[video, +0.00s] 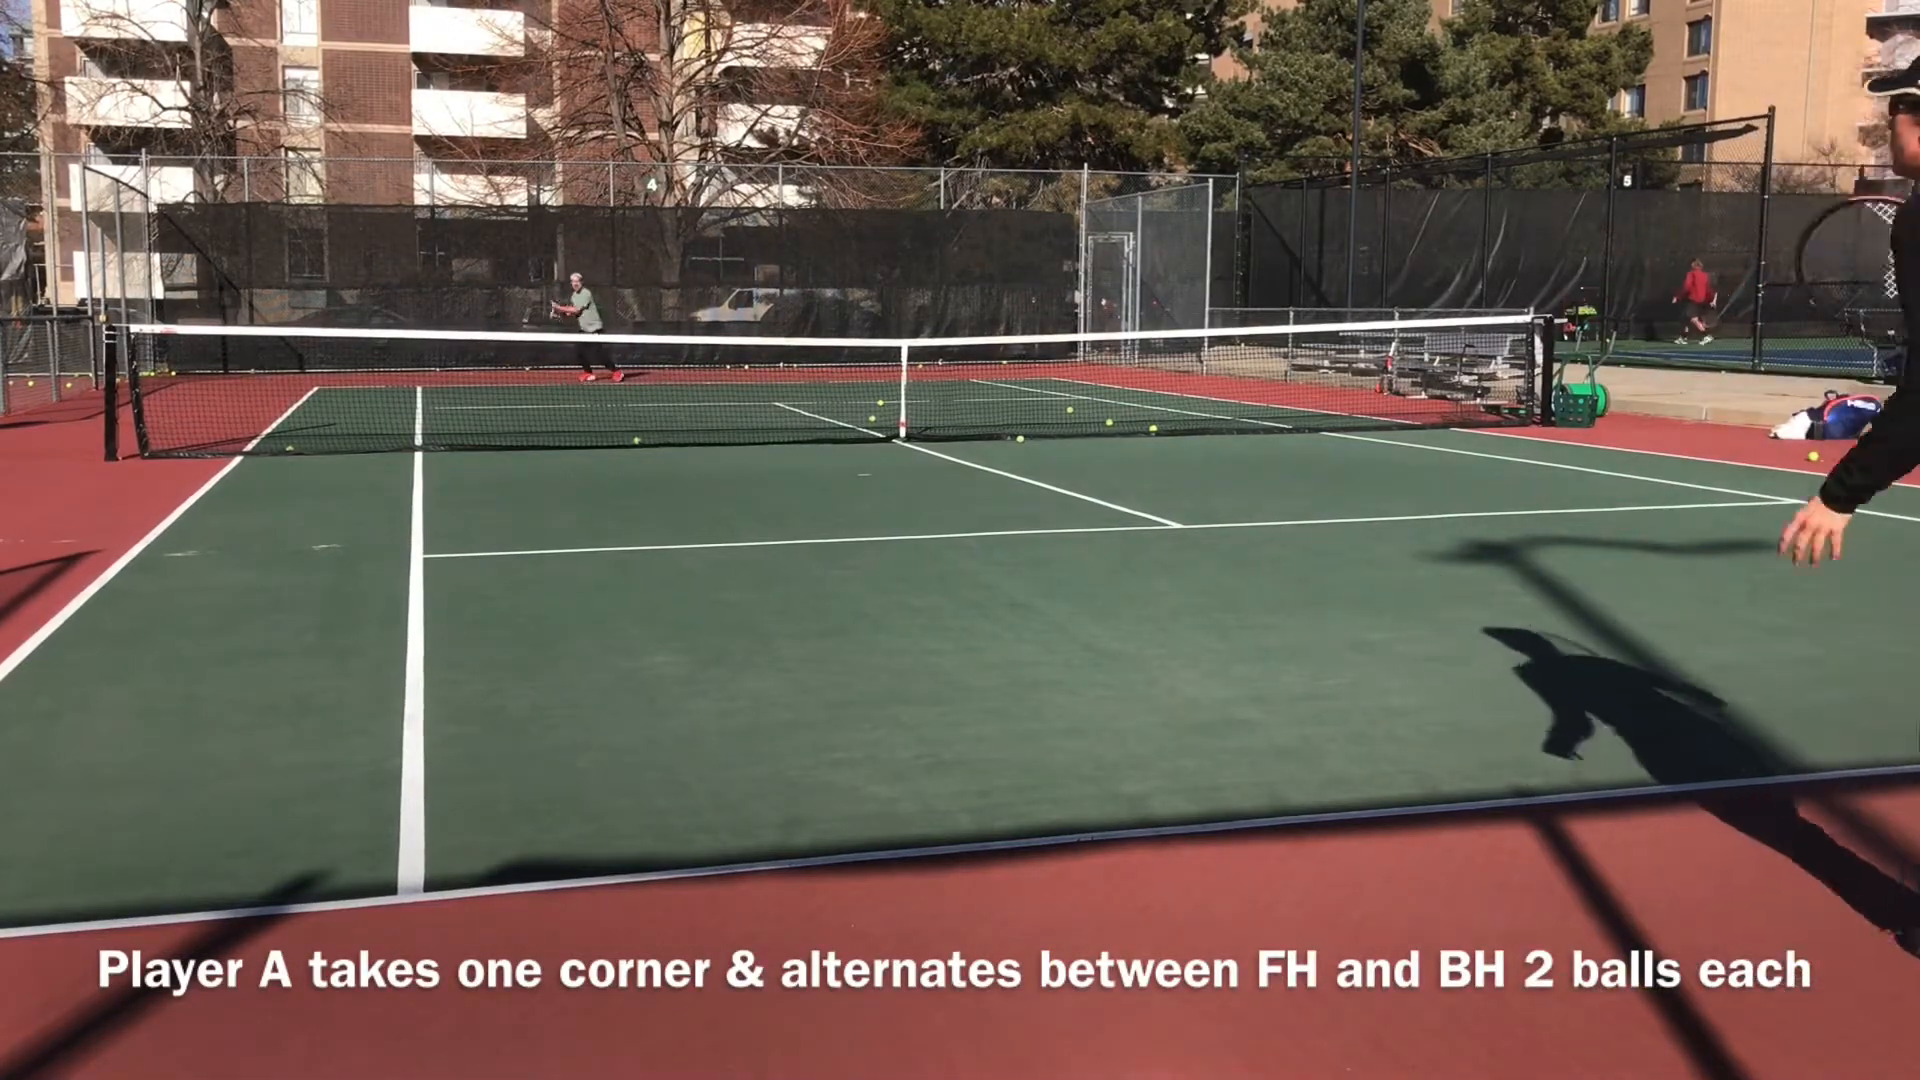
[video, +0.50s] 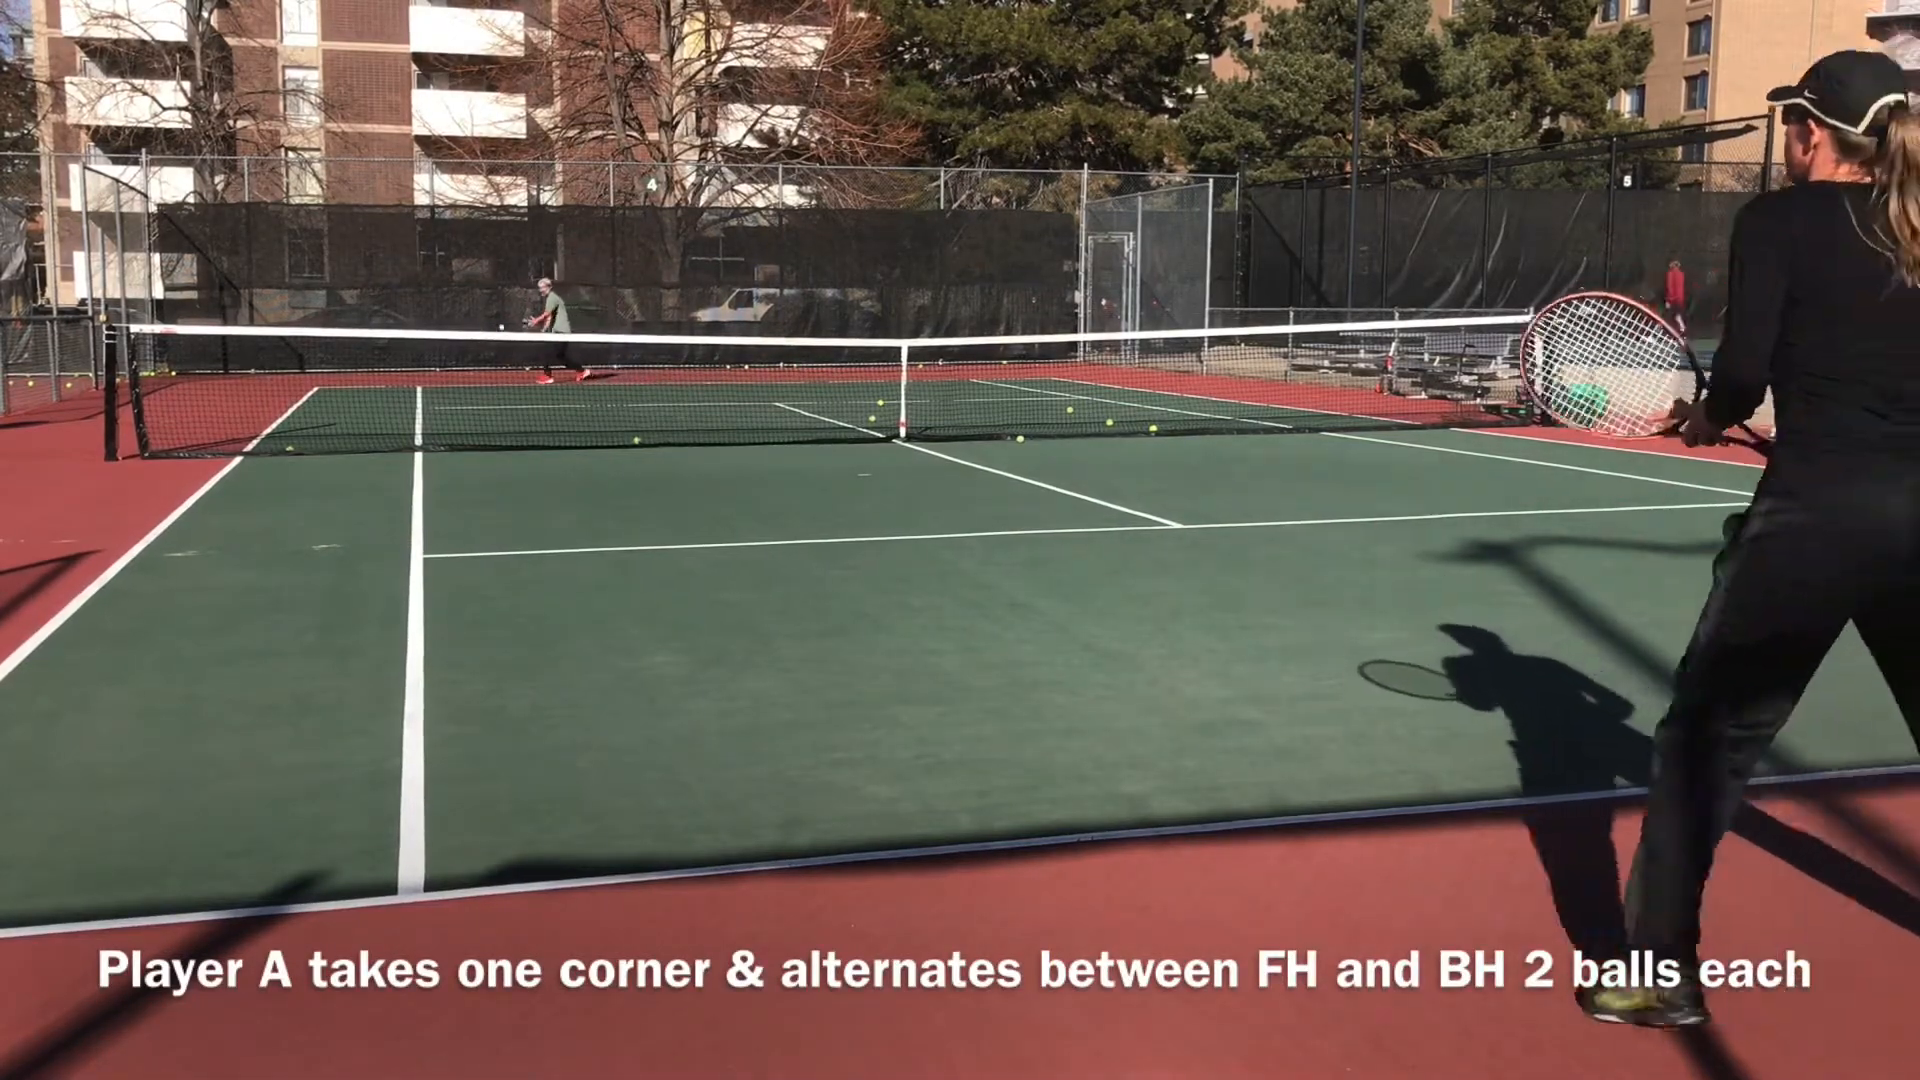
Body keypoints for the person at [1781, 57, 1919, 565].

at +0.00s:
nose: (1888, 126)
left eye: (1895, 113)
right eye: (1892, 112)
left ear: (1915, 121)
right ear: (1908, 122)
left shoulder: (1912, 221)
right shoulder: (1908, 220)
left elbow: (1916, 389)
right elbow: (1915, 386)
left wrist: (1839, 494)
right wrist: (1842, 491)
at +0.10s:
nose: (1895, 135)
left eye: (1903, 121)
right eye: (1899, 120)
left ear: (1919, 133)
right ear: (1911, 132)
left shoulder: (1901, 217)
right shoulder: (1897, 217)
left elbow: (1889, 364)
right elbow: (1889, 364)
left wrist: (1816, 442)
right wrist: (1818, 441)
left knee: (1916, 598)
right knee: (1916, 597)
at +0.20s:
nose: (1890, 148)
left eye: (1896, 135)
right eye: (1894, 134)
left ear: (1914, 143)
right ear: (1917, 140)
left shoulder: (1891, 216)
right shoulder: (1893, 219)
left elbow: (1852, 351)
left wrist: (1811, 414)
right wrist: (1892, 438)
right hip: (1912, 490)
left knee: (1887, 599)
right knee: (1885, 593)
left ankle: (1908, 771)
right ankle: (1904, 766)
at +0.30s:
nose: (1867, 135)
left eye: (1876, 121)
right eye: (1871, 120)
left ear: (1905, 126)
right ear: (1912, 126)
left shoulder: (1867, 206)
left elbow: (1819, 350)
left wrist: (1789, 393)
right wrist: (1857, 423)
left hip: (1901, 504)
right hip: (1901, 500)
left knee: (1828, 719)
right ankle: (1917, 981)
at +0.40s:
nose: (1830, 124)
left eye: (1838, 110)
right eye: (1836, 107)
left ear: (1868, 119)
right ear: (1907, 122)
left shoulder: (1834, 199)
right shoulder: (1913, 198)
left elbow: (1794, 345)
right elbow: (1900, 356)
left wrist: (1745, 390)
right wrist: (1844, 403)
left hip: (1873, 501)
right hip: (1909, 499)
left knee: (1765, 712)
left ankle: (1787, 953)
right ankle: (1787, 949)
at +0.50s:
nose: (1786, 141)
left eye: (1793, 128)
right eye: (1792, 127)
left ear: (1821, 136)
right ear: (1881, 139)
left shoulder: (1781, 218)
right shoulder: (1912, 211)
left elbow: (1747, 368)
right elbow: (1885, 376)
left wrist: (1704, 415)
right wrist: (1772, 419)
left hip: (1817, 512)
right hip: (1908, 516)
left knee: (1706, 730)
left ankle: (1658, 966)